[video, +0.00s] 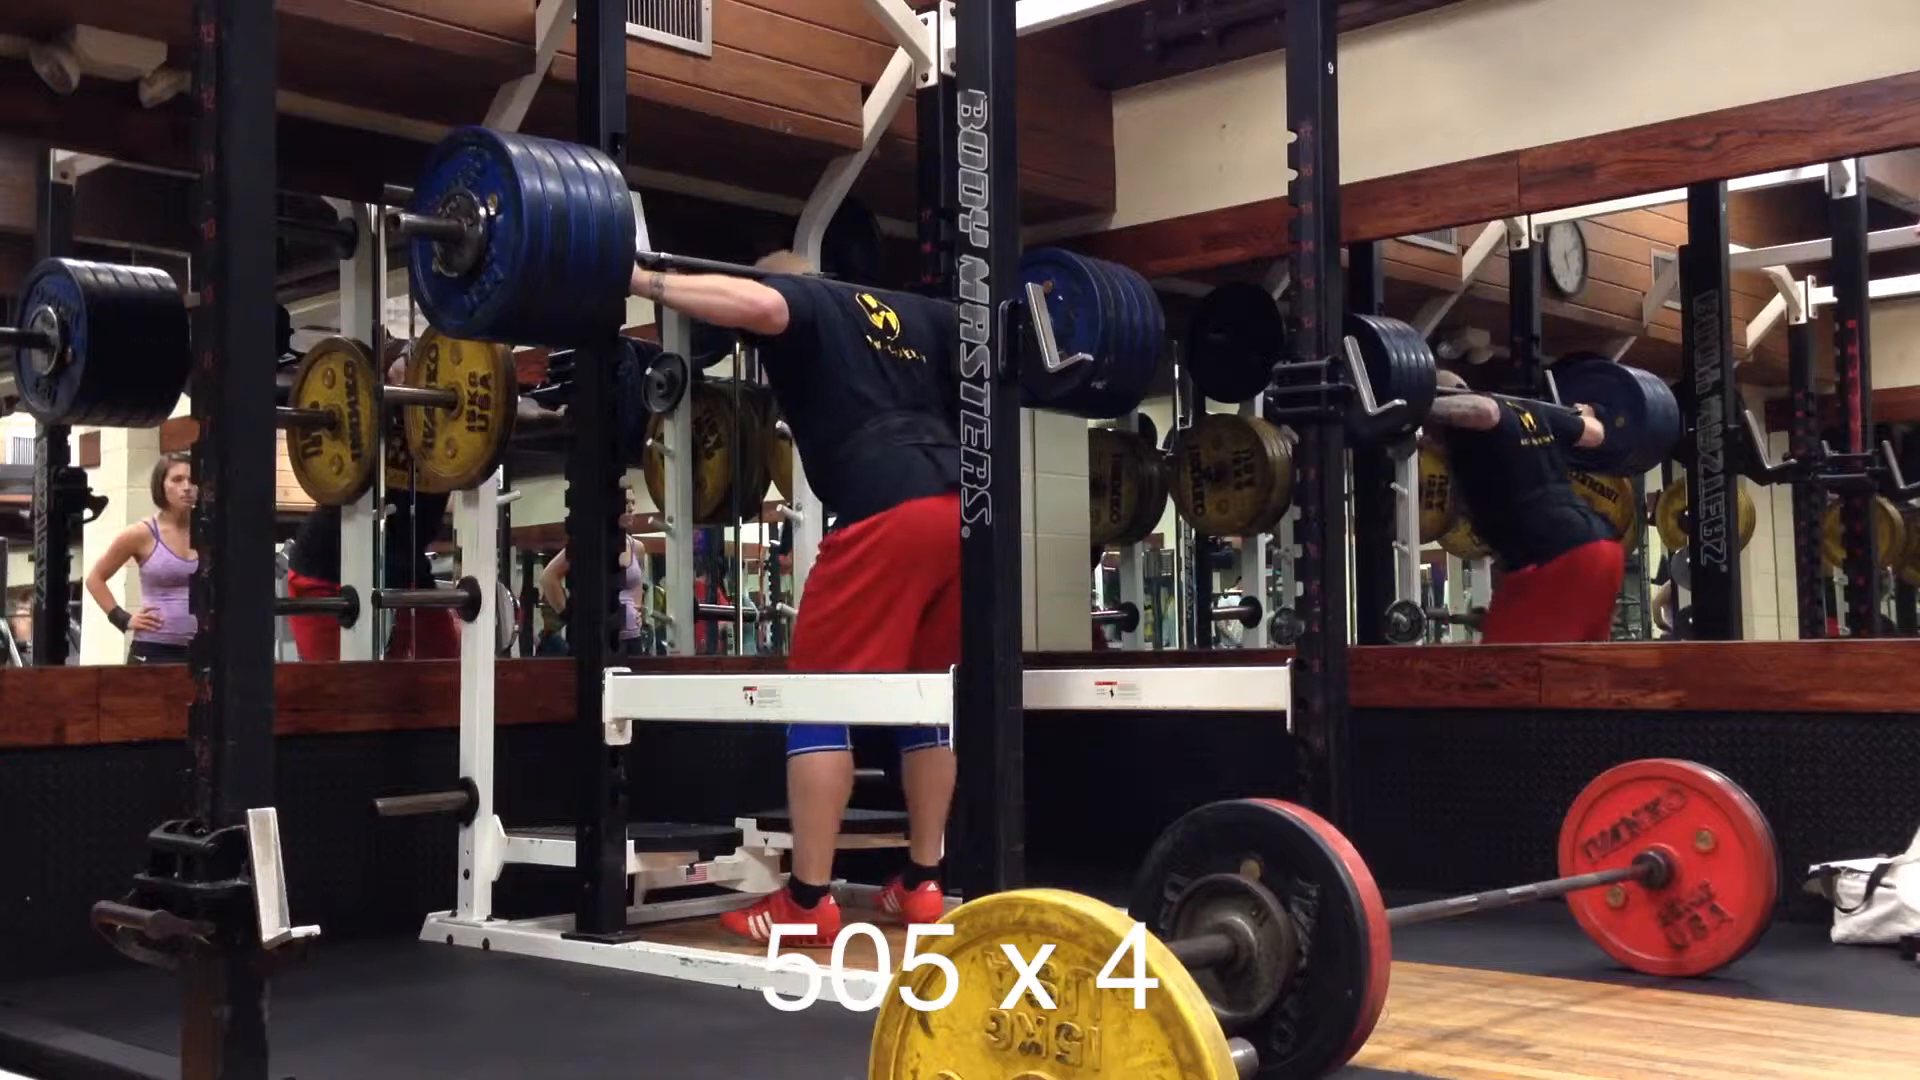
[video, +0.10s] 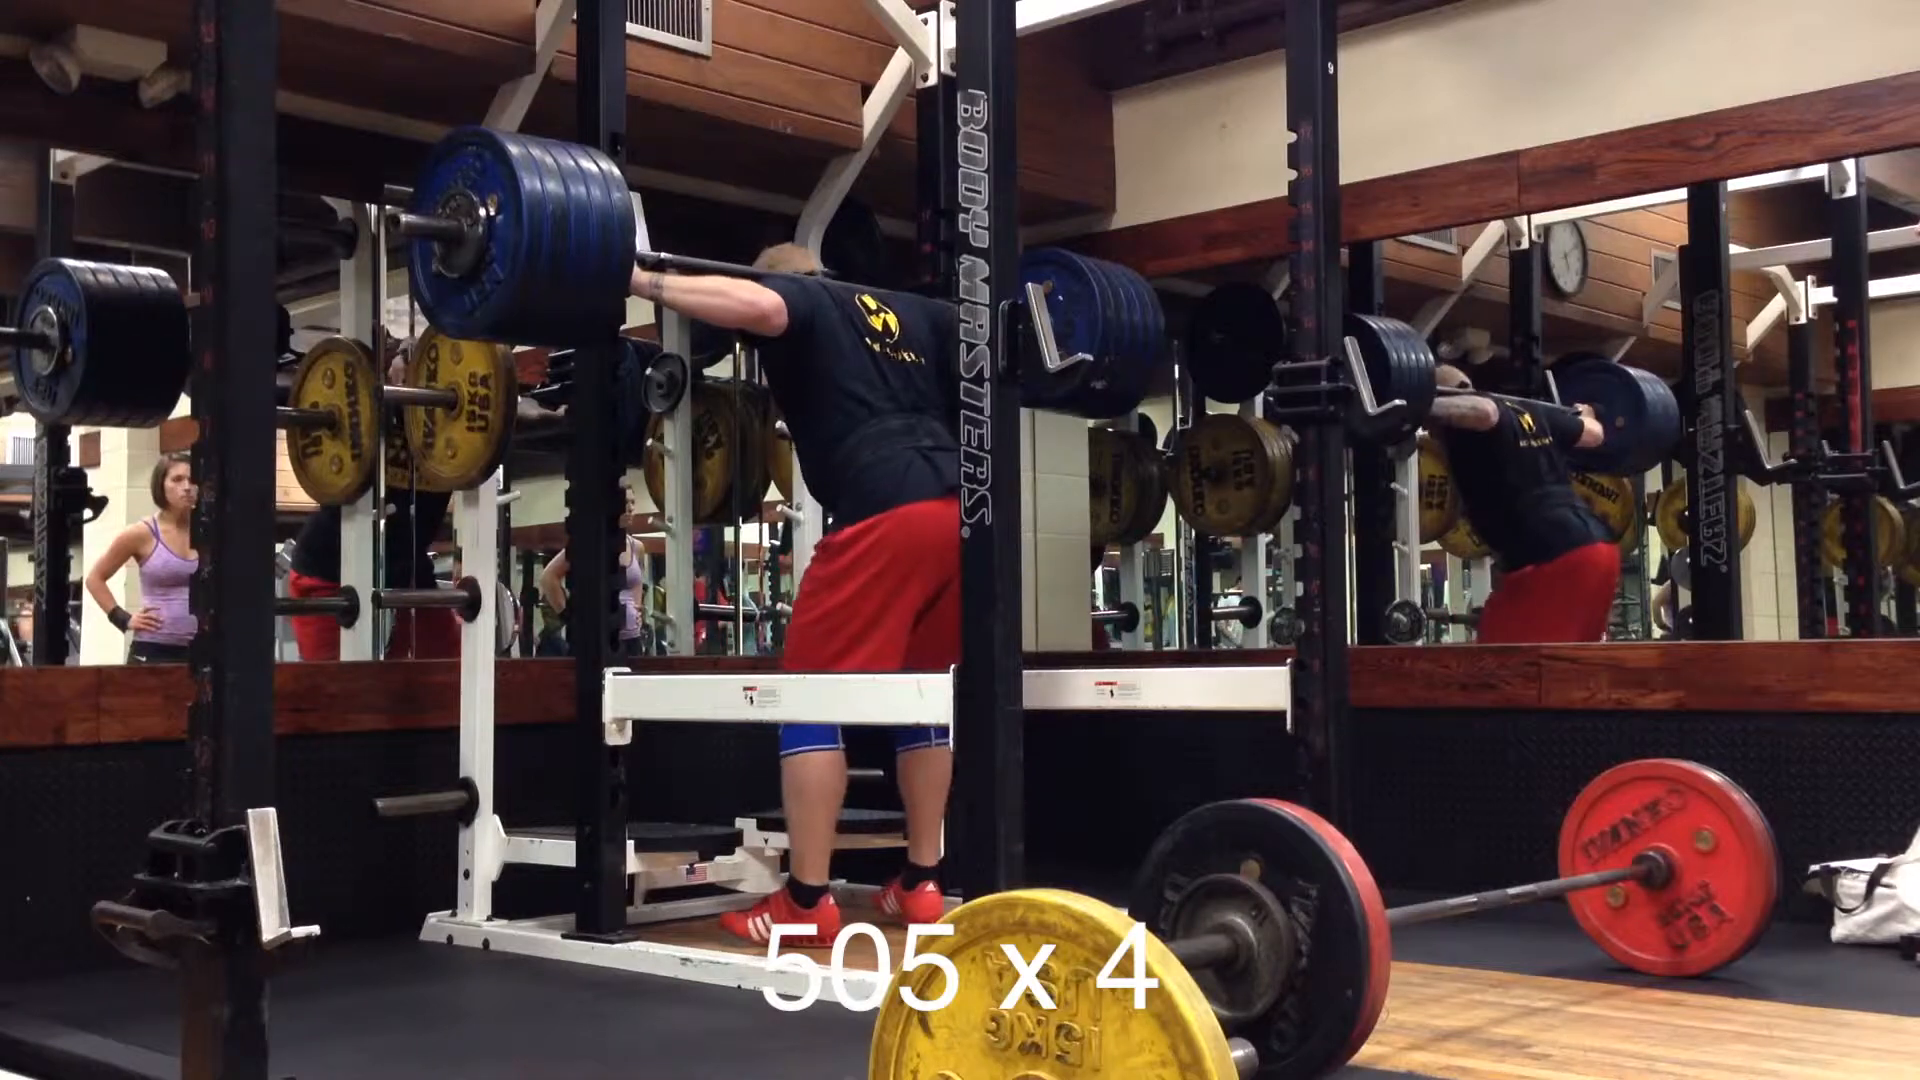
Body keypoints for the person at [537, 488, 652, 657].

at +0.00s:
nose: (630, 508)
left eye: (632, 503)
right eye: (624, 503)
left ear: (636, 506)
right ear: (610, 506)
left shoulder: (636, 547)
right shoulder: (587, 543)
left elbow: (638, 583)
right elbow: (548, 578)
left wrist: (637, 609)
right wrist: (567, 614)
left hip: (631, 634)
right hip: (597, 636)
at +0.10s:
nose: (629, 508)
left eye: (631, 503)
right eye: (623, 502)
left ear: (635, 506)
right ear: (609, 506)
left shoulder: (636, 546)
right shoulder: (589, 543)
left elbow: (637, 582)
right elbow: (549, 577)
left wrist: (637, 607)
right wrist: (566, 613)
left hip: (631, 633)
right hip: (598, 635)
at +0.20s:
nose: (628, 509)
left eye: (631, 503)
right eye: (623, 503)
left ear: (635, 507)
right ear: (609, 507)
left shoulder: (636, 546)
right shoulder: (589, 542)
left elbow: (637, 582)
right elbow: (548, 577)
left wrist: (637, 608)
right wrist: (566, 614)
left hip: (631, 633)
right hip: (598, 634)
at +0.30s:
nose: (629, 509)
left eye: (631, 503)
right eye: (623, 503)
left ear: (635, 507)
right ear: (610, 507)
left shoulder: (636, 546)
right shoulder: (589, 543)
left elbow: (637, 582)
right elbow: (548, 577)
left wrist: (637, 608)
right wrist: (566, 613)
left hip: (631, 633)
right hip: (598, 634)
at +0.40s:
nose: (629, 508)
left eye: (631, 503)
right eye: (623, 502)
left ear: (635, 507)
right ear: (609, 506)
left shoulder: (636, 546)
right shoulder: (590, 542)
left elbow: (637, 582)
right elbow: (548, 577)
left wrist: (637, 608)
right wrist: (566, 613)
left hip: (630, 633)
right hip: (598, 634)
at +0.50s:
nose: (629, 508)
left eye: (631, 502)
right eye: (623, 502)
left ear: (635, 507)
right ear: (609, 506)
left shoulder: (636, 546)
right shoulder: (589, 542)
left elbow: (637, 582)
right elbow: (548, 578)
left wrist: (637, 608)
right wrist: (566, 614)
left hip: (631, 633)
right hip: (598, 634)